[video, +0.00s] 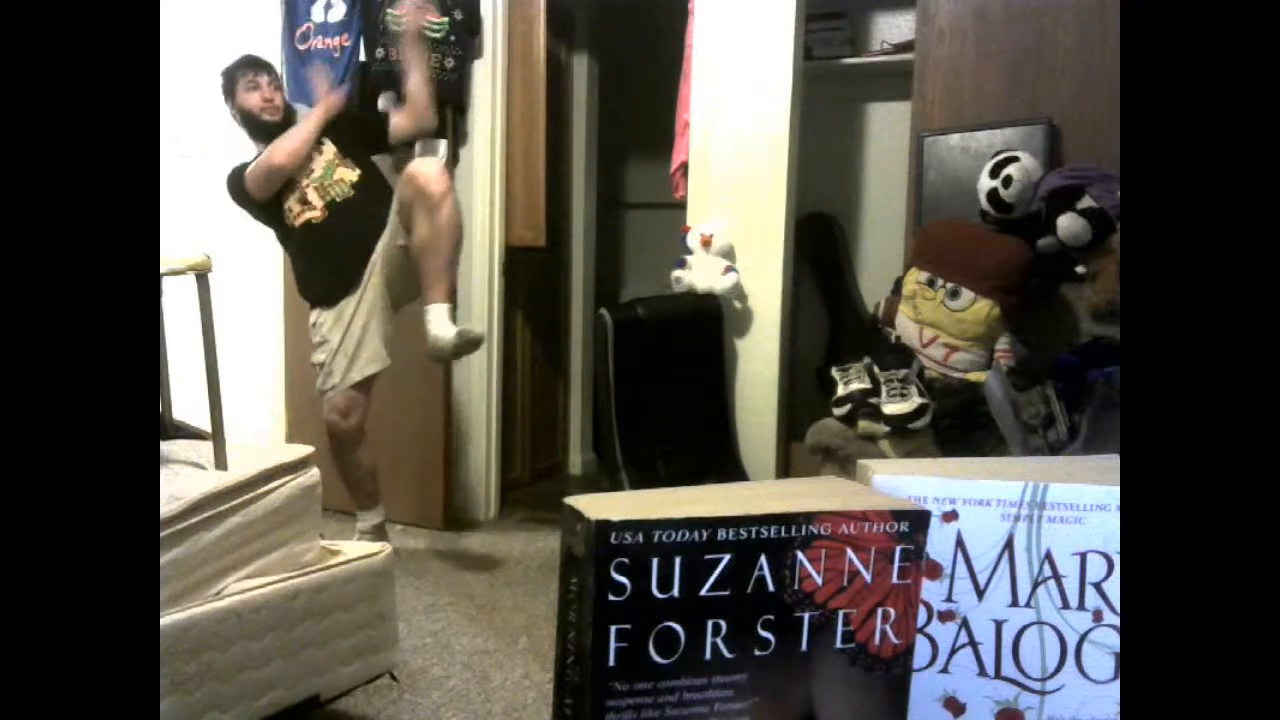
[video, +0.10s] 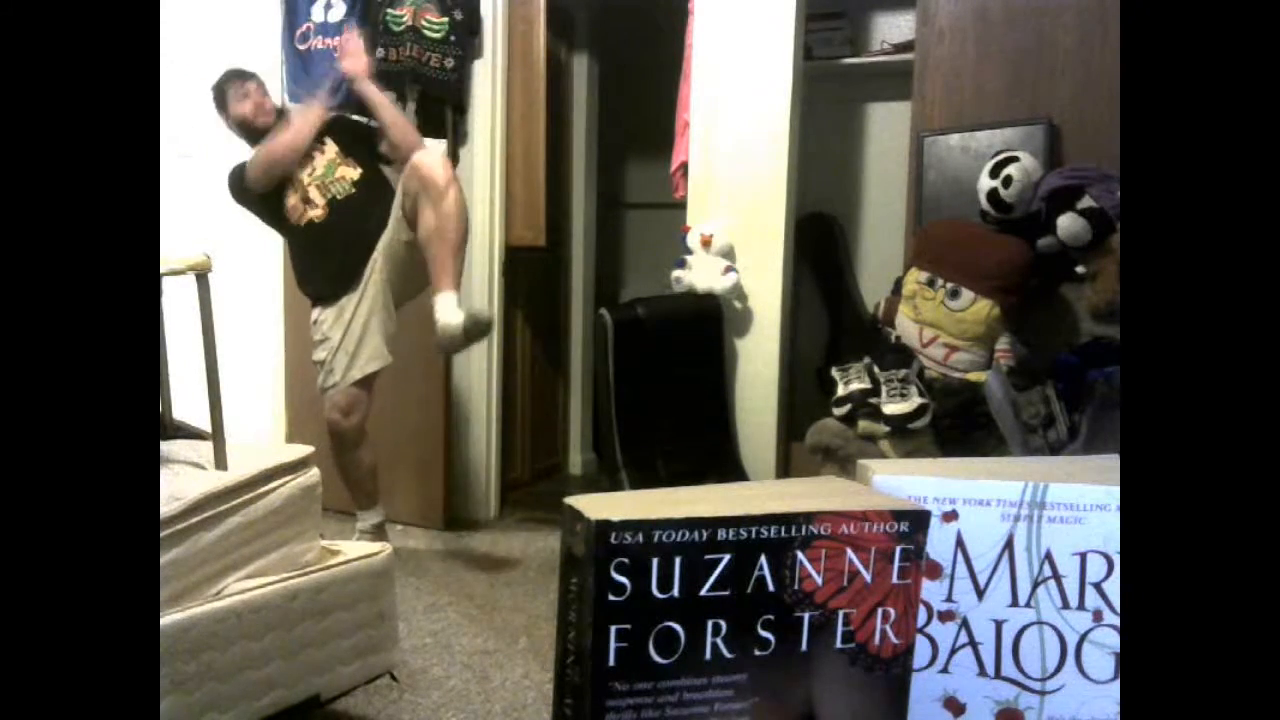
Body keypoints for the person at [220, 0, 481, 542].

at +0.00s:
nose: (265, 90)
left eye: (269, 81)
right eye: (250, 87)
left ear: (282, 89)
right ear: (236, 108)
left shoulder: (335, 124)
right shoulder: (244, 180)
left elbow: (420, 117)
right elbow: (279, 166)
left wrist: (412, 39)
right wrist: (322, 110)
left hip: (390, 253)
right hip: (337, 302)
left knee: (427, 175)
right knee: (342, 420)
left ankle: (440, 323)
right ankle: (372, 526)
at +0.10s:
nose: (252, 99)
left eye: (254, 88)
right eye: (239, 99)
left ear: (270, 91)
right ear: (229, 121)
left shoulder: (330, 125)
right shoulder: (246, 179)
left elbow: (410, 149)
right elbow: (283, 152)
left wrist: (363, 81)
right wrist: (320, 104)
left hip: (394, 253)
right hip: (340, 302)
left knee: (431, 164)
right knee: (343, 419)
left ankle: (448, 313)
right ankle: (372, 527)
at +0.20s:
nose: (252, 110)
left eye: (255, 99)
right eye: (237, 108)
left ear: (272, 101)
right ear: (226, 130)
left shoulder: (334, 129)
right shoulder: (250, 178)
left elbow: (397, 133)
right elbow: (287, 130)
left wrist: (368, 78)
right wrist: (338, 58)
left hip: (395, 250)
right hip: (340, 298)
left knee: (429, 154)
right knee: (343, 419)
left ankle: (449, 302)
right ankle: (371, 524)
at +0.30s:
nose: (267, 93)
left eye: (265, 86)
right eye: (253, 94)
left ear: (278, 94)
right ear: (239, 117)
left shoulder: (339, 129)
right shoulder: (253, 173)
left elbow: (373, 74)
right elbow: (263, 112)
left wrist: (340, 17)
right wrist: (293, 40)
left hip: (392, 246)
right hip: (338, 289)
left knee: (434, 148)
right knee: (341, 415)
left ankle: (441, 289)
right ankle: (369, 518)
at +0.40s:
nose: (268, 98)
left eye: (270, 89)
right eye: (254, 95)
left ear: (284, 94)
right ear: (243, 114)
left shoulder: (340, 122)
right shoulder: (258, 178)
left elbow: (370, 54)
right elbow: (243, 128)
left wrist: (331, 4)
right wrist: (268, 45)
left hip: (392, 245)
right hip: (336, 290)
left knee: (434, 151)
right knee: (340, 414)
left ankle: (437, 297)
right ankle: (370, 524)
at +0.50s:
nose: (262, 92)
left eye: (265, 81)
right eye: (251, 92)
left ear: (286, 85)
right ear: (247, 114)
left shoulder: (339, 114)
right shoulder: (262, 182)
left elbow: (362, 28)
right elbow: (210, 168)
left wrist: (311, 4)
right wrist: (212, 103)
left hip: (390, 250)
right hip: (337, 297)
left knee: (415, 168)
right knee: (344, 414)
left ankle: (425, 311)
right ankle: (372, 524)